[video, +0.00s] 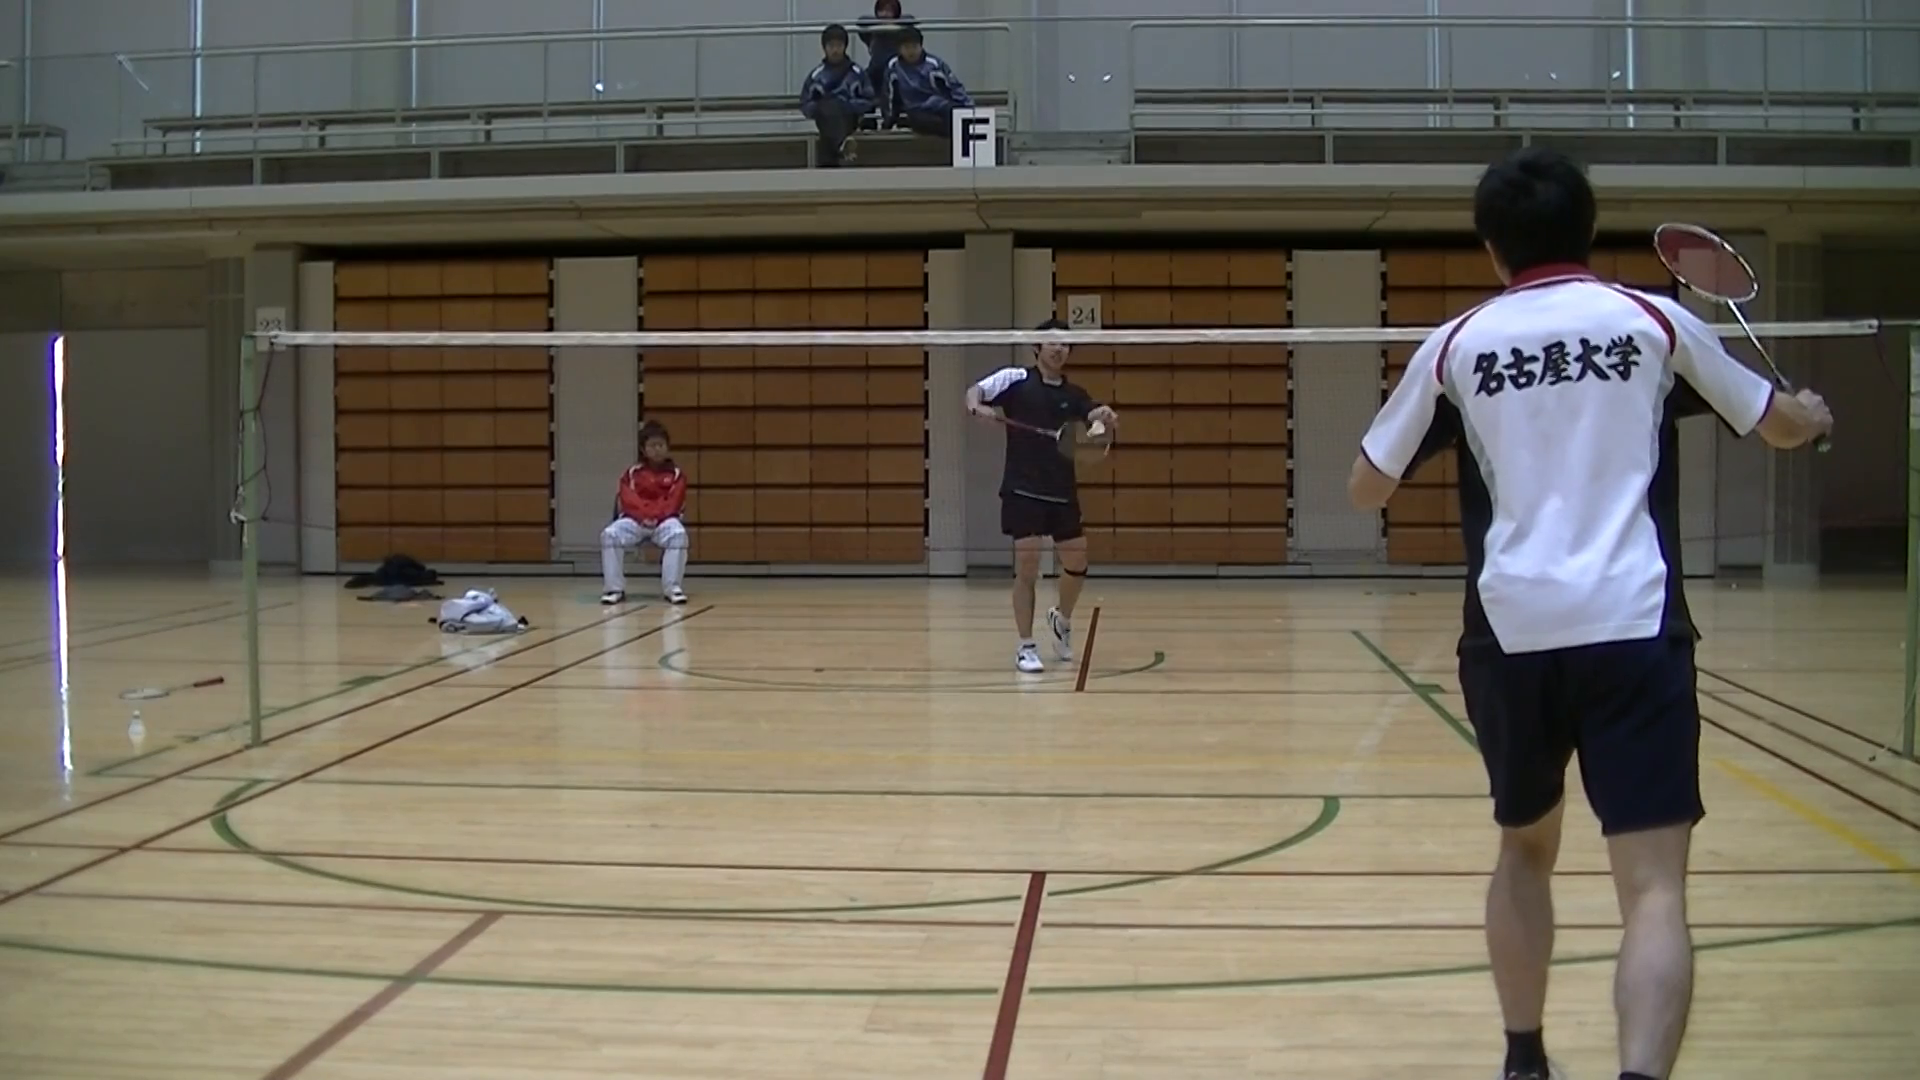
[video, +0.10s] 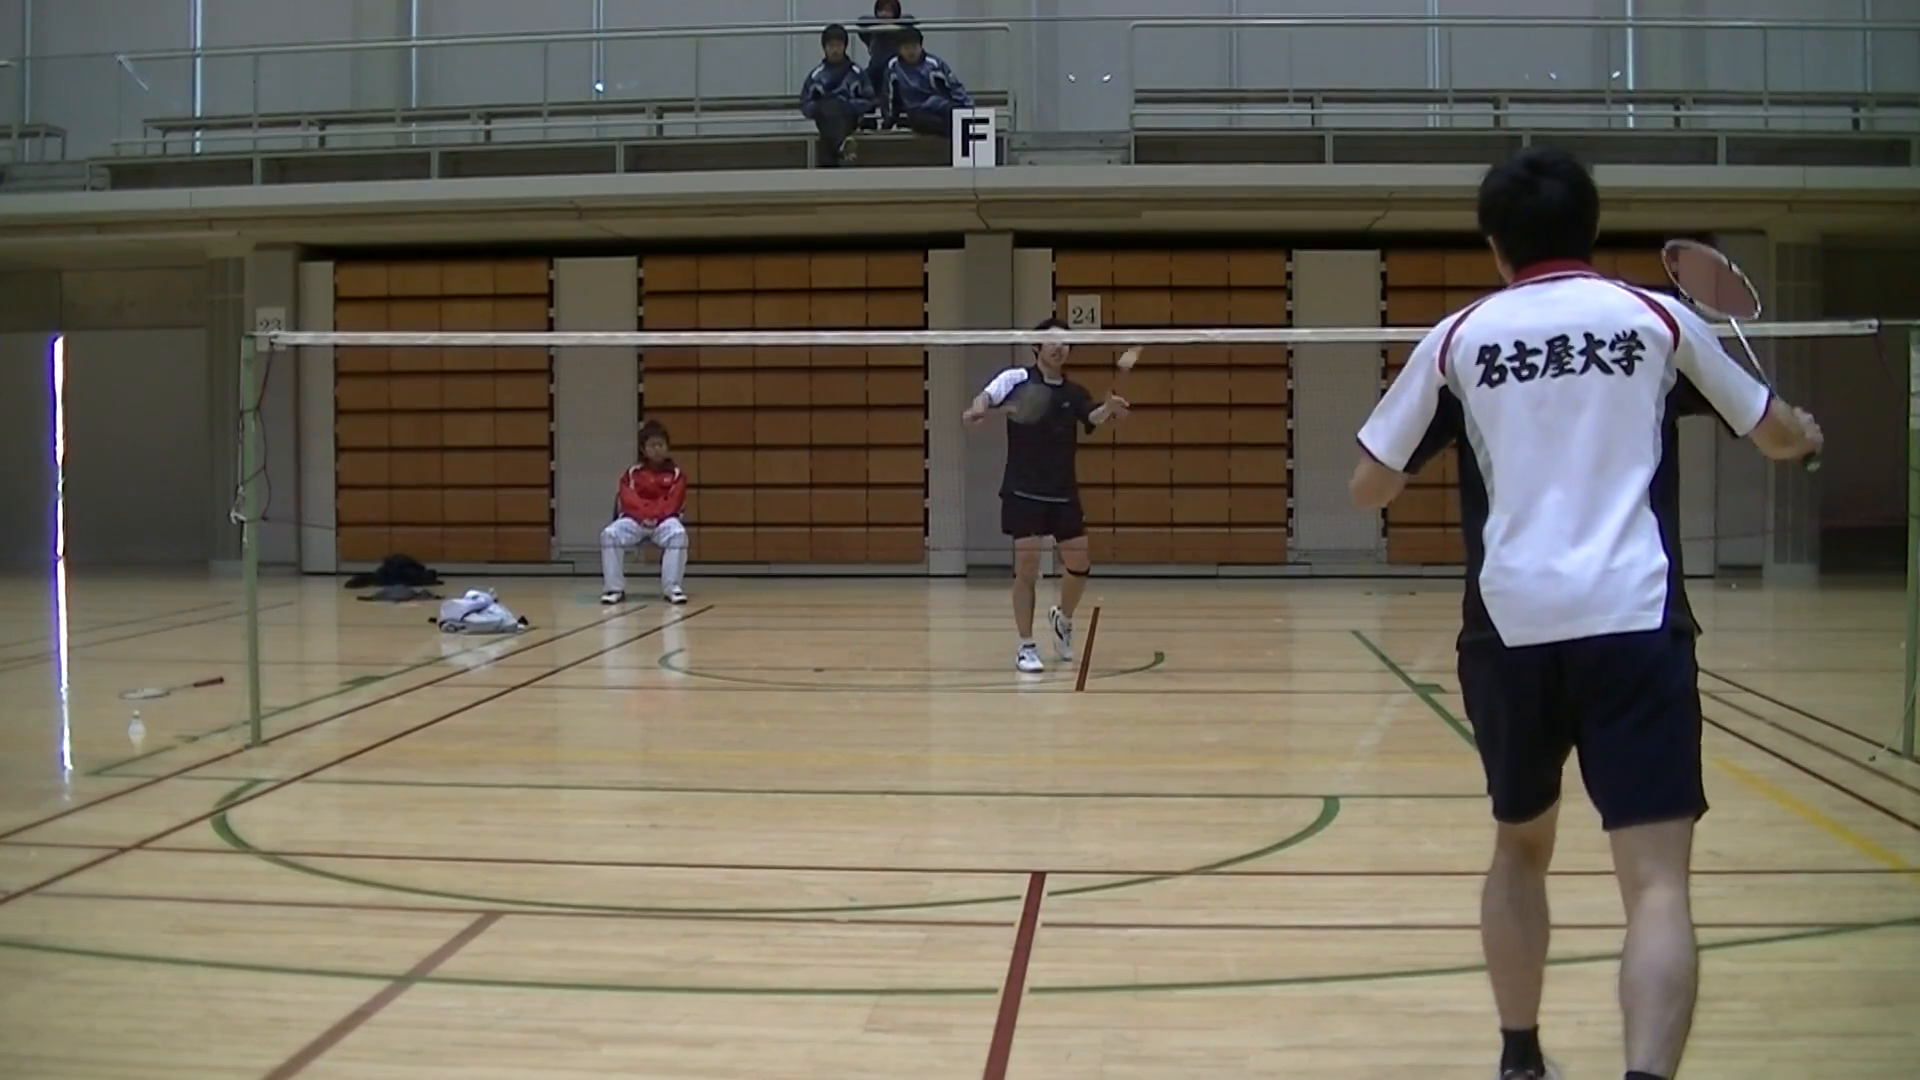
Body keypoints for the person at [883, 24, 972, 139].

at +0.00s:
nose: (911, 52)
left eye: (914, 47)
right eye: (906, 47)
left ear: (921, 47)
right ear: (899, 49)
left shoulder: (935, 64)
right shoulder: (894, 67)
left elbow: (954, 87)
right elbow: (890, 96)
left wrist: (968, 107)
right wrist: (889, 121)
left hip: (942, 107)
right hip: (916, 112)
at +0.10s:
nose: (911, 52)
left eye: (914, 47)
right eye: (906, 48)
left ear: (921, 47)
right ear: (899, 50)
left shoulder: (935, 64)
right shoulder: (893, 68)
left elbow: (955, 87)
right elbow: (889, 96)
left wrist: (968, 107)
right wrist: (889, 120)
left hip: (943, 107)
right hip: (915, 112)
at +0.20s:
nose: (911, 52)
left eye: (914, 47)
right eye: (906, 48)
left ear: (921, 46)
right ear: (899, 49)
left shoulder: (935, 64)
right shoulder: (893, 68)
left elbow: (954, 87)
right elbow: (889, 96)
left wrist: (968, 107)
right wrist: (889, 121)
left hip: (943, 107)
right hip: (915, 112)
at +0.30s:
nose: (910, 52)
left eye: (914, 47)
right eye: (906, 48)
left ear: (921, 47)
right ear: (899, 49)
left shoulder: (935, 64)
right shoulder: (893, 68)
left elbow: (954, 87)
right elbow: (889, 96)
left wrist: (968, 106)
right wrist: (888, 121)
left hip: (943, 108)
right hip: (914, 112)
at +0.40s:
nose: (910, 51)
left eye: (914, 46)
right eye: (905, 47)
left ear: (921, 46)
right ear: (899, 49)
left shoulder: (934, 64)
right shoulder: (893, 67)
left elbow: (954, 87)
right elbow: (890, 95)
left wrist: (967, 106)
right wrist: (889, 119)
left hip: (942, 107)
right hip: (915, 112)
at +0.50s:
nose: (910, 51)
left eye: (914, 47)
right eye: (905, 47)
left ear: (920, 46)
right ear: (899, 49)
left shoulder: (934, 64)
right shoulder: (893, 67)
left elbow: (954, 86)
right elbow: (889, 95)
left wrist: (966, 106)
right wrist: (889, 119)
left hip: (942, 107)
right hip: (915, 112)